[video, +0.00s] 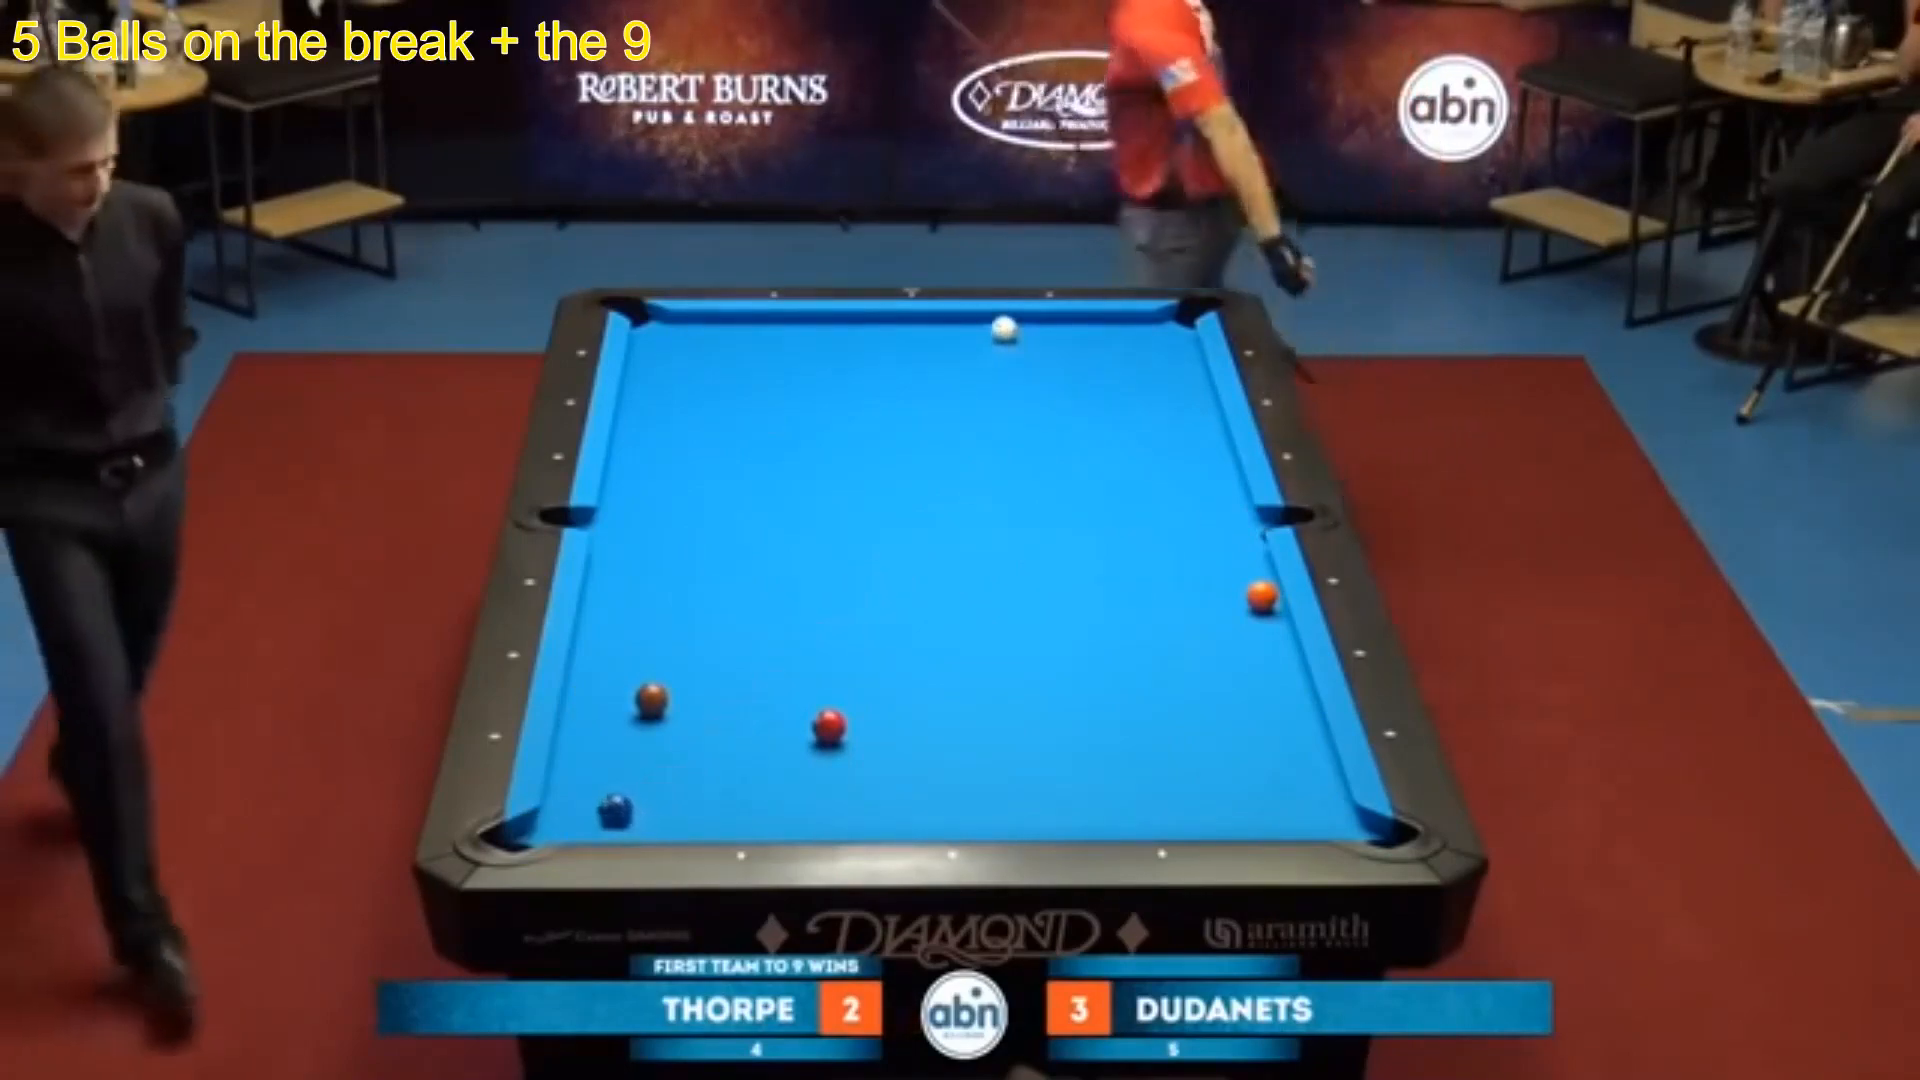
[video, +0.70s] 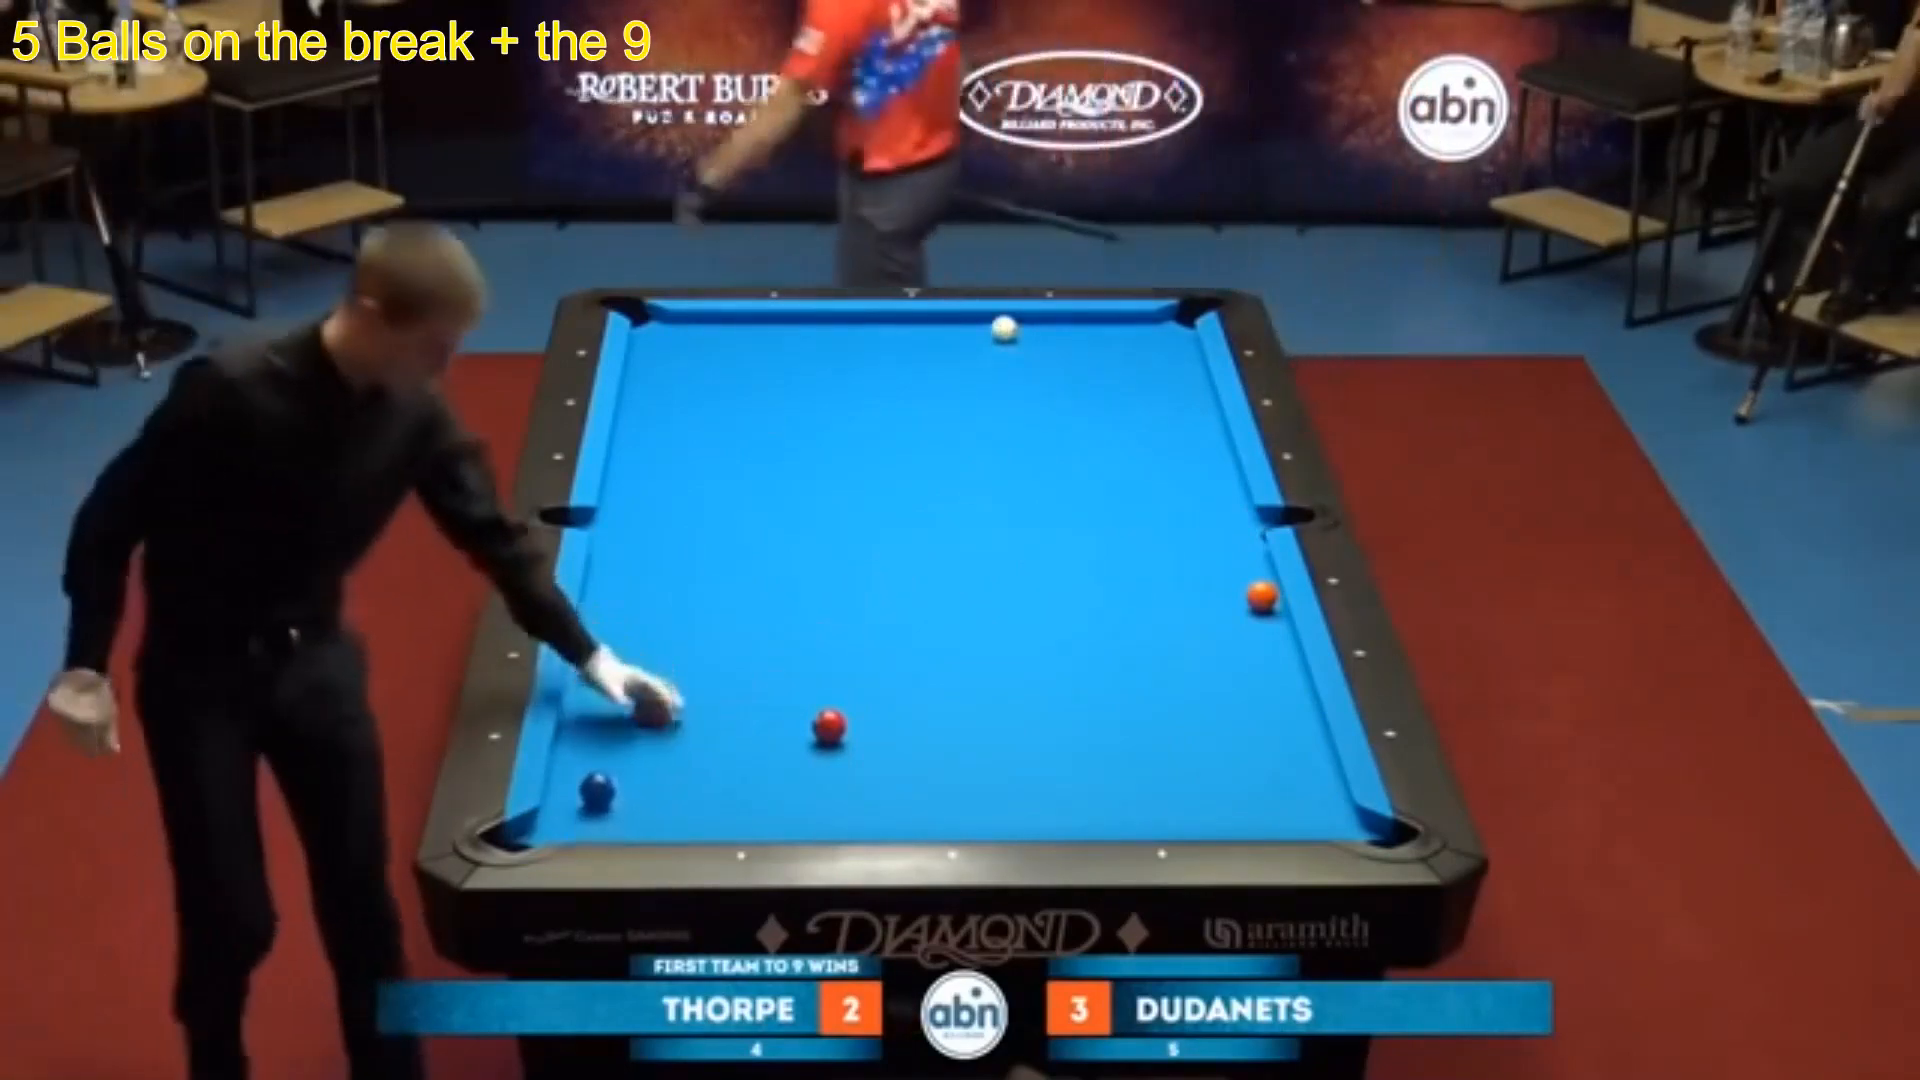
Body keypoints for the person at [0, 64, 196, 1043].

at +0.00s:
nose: (97, 185)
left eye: (105, 166)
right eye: (77, 173)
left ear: (115, 151)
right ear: (20, 172)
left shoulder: (150, 220)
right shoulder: (8, 249)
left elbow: (171, 338)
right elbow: (10, 384)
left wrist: (141, 420)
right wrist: (38, 455)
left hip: (150, 481)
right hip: (46, 499)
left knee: (127, 666)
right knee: (103, 711)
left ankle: (76, 759)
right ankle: (144, 930)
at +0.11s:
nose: (121, 202)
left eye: (130, 183)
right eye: (101, 188)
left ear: (141, 167)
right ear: (48, 180)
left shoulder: (178, 233)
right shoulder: (13, 260)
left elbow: (212, 354)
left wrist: (221, 466)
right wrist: (10, 517)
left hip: (180, 501)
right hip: (72, 517)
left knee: (202, 710)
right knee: (121, 735)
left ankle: (116, 790)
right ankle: (156, 950)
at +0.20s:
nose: (149, 204)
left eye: (157, 184)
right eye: (128, 192)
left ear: (167, 169)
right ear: (71, 185)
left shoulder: (207, 246)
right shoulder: (27, 280)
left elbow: (243, 373)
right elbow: (6, 429)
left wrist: (273, 493)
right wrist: (11, 554)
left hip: (196, 514)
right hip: (87, 531)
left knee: (239, 742)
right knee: (132, 754)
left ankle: (151, 833)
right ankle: (158, 948)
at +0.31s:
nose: (211, 228)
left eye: (217, 209)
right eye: (190, 213)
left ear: (223, 194)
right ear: (122, 203)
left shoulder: (243, 273)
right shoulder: (53, 313)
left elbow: (298, 396)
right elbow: (5, 469)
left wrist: (356, 514)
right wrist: (12, 605)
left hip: (227, 546)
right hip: (119, 566)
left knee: (281, 775)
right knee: (140, 784)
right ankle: (160, 967)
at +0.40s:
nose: (252, 255)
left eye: (257, 236)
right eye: (232, 240)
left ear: (260, 222)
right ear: (165, 231)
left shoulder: (265, 303)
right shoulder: (84, 335)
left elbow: (339, 419)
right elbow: (20, 486)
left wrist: (416, 534)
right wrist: (31, 636)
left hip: (244, 577)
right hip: (135, 598)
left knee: (291, 816)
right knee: (152, 804)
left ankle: (356, 1041)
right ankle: (164, 965)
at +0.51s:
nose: (322, 304)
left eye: (328, 282)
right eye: (303, 285)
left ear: (331, 266)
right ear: (238, 270)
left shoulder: (324, 362)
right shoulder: (144, 366)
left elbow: (414, 471)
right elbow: (57, 512)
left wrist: (510, 578)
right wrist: (64, 658)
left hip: (272, 626)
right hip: (159, 640)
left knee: (325, 861)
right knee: (177, 836)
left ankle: (378, 1058)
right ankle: (176, 979)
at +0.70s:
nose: (444, 365)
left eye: (452, 349)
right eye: (437, 346)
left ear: (400, 323)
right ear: (377, 314)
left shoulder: (412, 416)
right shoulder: (229, 391)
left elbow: (495, 536)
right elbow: (110, 516)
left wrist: (596, 659)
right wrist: (84, 662)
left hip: (311, 661)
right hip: (195, 674)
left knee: (361, 908)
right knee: (231, 922)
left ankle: (387, 1066)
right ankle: (214, 1060)